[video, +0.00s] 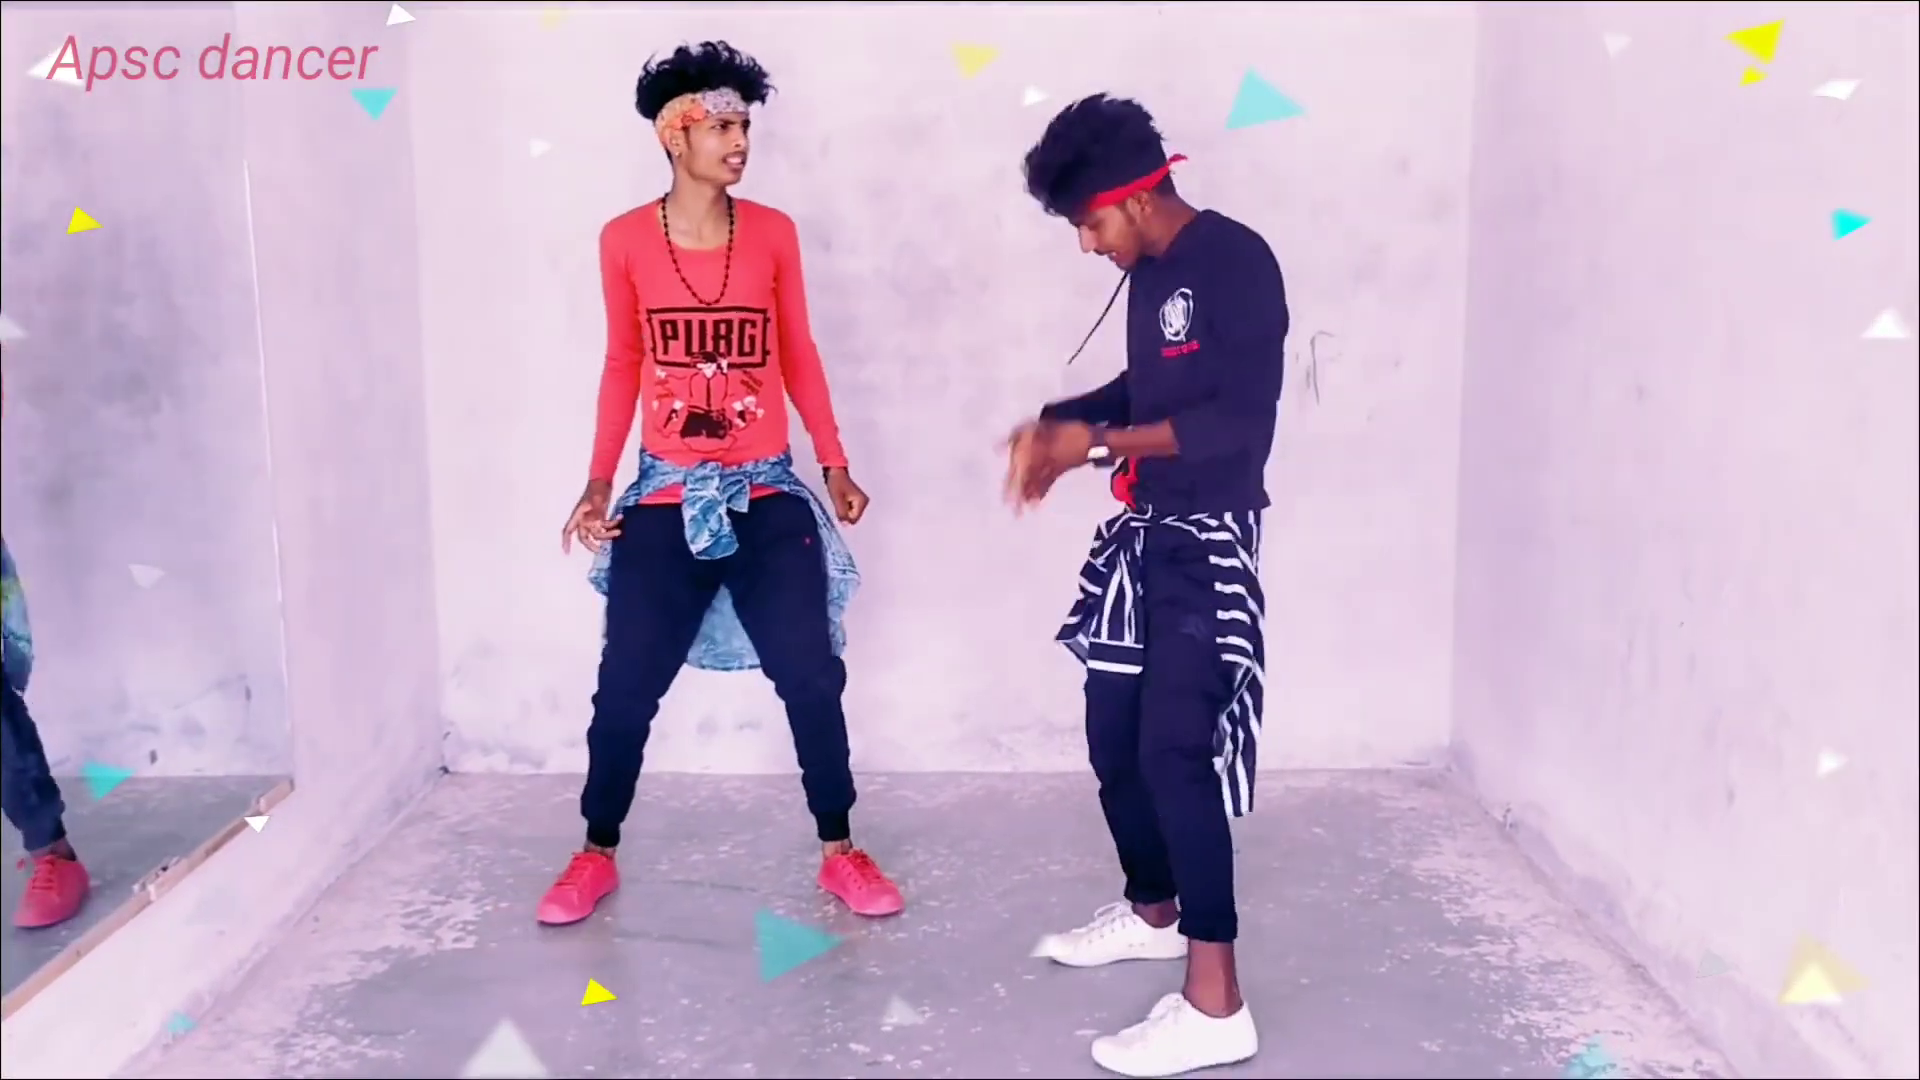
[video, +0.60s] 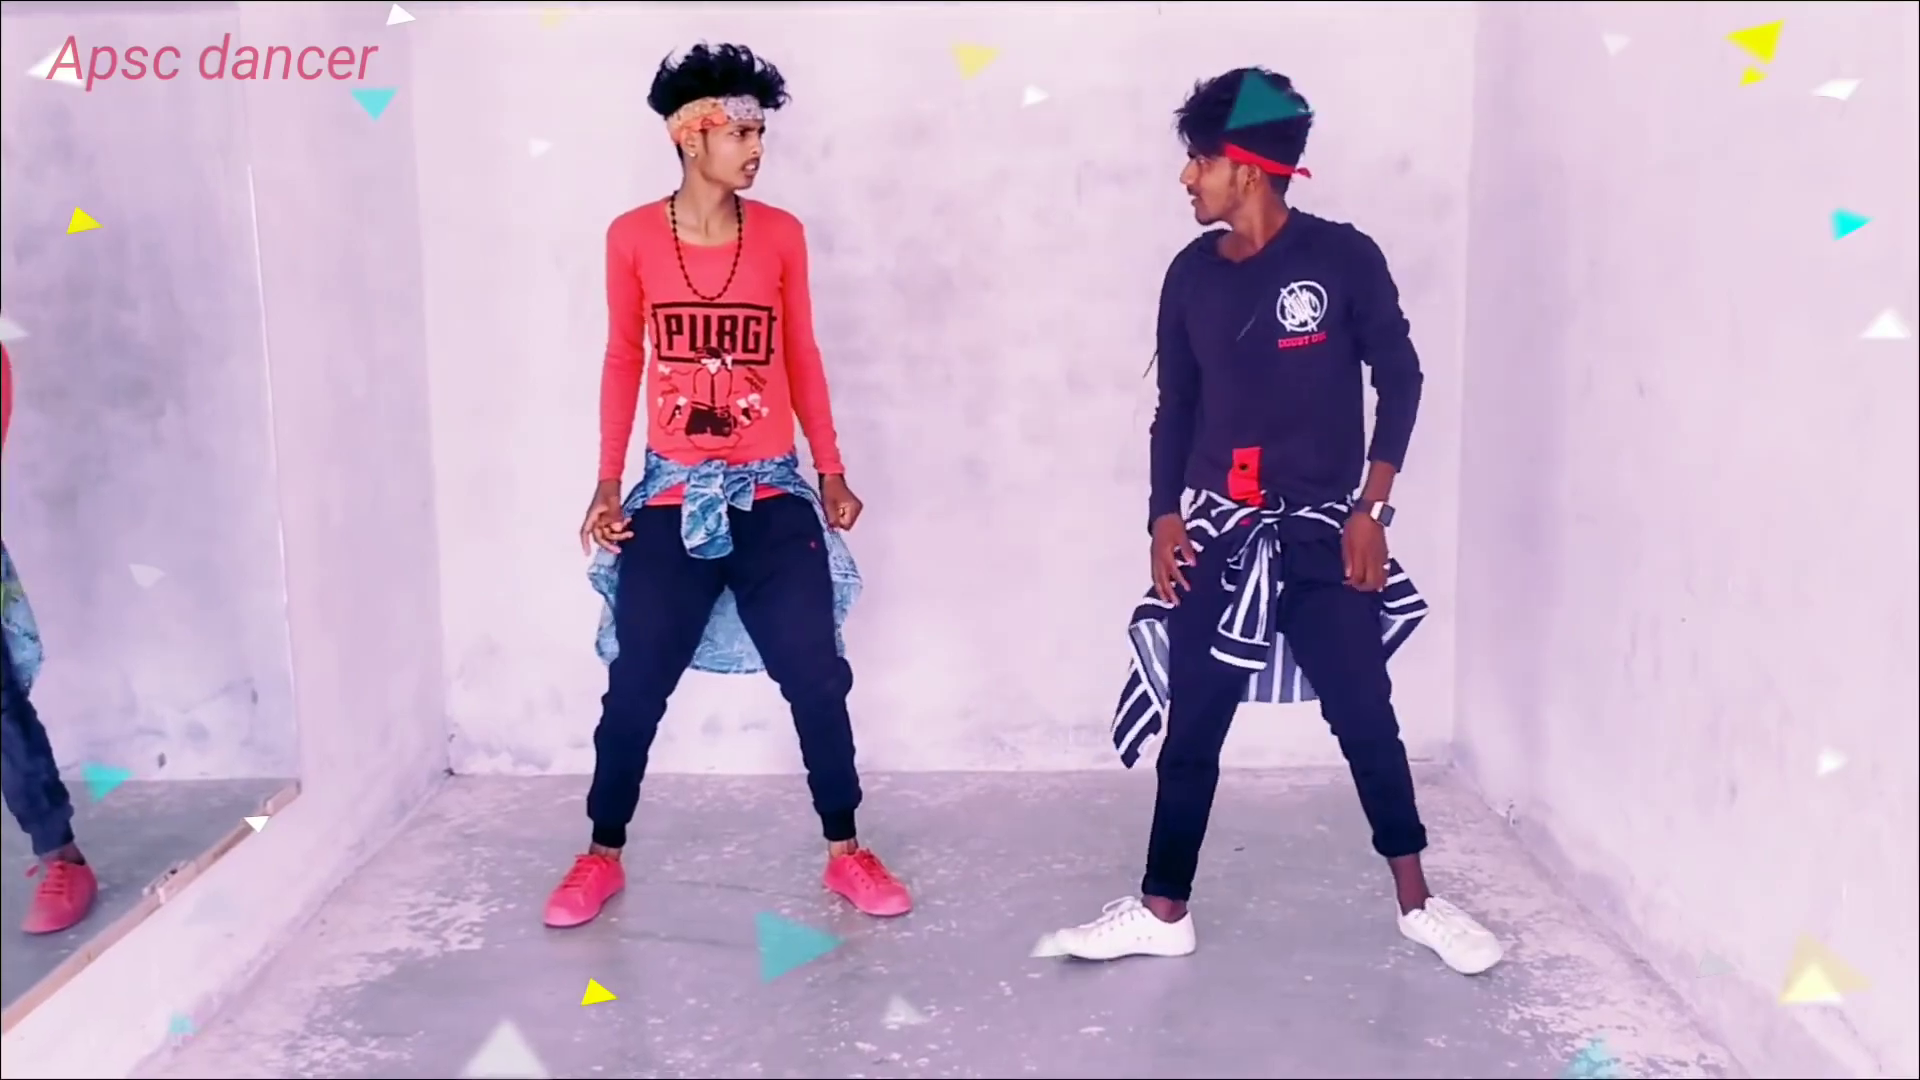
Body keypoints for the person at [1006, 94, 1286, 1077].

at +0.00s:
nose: (1086, 242)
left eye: (1086, 221)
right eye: (1077, 226)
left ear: (1134, 191)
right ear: (1128, 194)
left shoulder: (1234, 260)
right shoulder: (1150, 269)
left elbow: (1236, 427)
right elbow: (1146, 390)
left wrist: (1095, 442)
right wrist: (1059, 421)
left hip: (1207, 547)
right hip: (1140, 539)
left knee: (1176, 755)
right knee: (1114, 744)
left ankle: (1215, 1001)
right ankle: (1156, 913)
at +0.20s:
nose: (1084, 206)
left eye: (1093, 185)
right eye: (1080, 186)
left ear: (1145, 175)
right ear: (1121, 183)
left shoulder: (1251, 249)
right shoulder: (1116, 270)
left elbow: (1324, 379)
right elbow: (1125, 390)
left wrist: (1231, 469)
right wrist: (1094, 476)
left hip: (1228, 534)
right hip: (1136, 533)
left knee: (1218, 735)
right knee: (1132, 734)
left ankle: (1261, 942)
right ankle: (1153, 915)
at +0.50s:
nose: (1152, 174)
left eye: (1167, 158)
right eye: (1155, 156)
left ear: (1218, 165)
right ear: (1199, 165)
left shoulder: (1310, 256)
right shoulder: (1159, 268)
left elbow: (1376, 377)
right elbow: (1143, 395)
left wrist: (1344, 507)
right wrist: (1133, 512)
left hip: (1288, 526)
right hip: (1184, 530)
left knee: (1336, 716)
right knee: (1174, 723)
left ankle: (1387, 893)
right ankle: (1159, 909)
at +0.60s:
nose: (1186, 177)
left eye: (1200, 161)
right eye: (1188, 159)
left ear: (1254, 168)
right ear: (1231, 164)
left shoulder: (1344, 257)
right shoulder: (1190, 273)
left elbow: (1399, 378)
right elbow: (1175, 403)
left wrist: (1372, 505)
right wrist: (1163, 516)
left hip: (1323, 528)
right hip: (1217, 533)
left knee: (1363, 718)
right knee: (1192, 726)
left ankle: (1416, 902)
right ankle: (1162, 908)